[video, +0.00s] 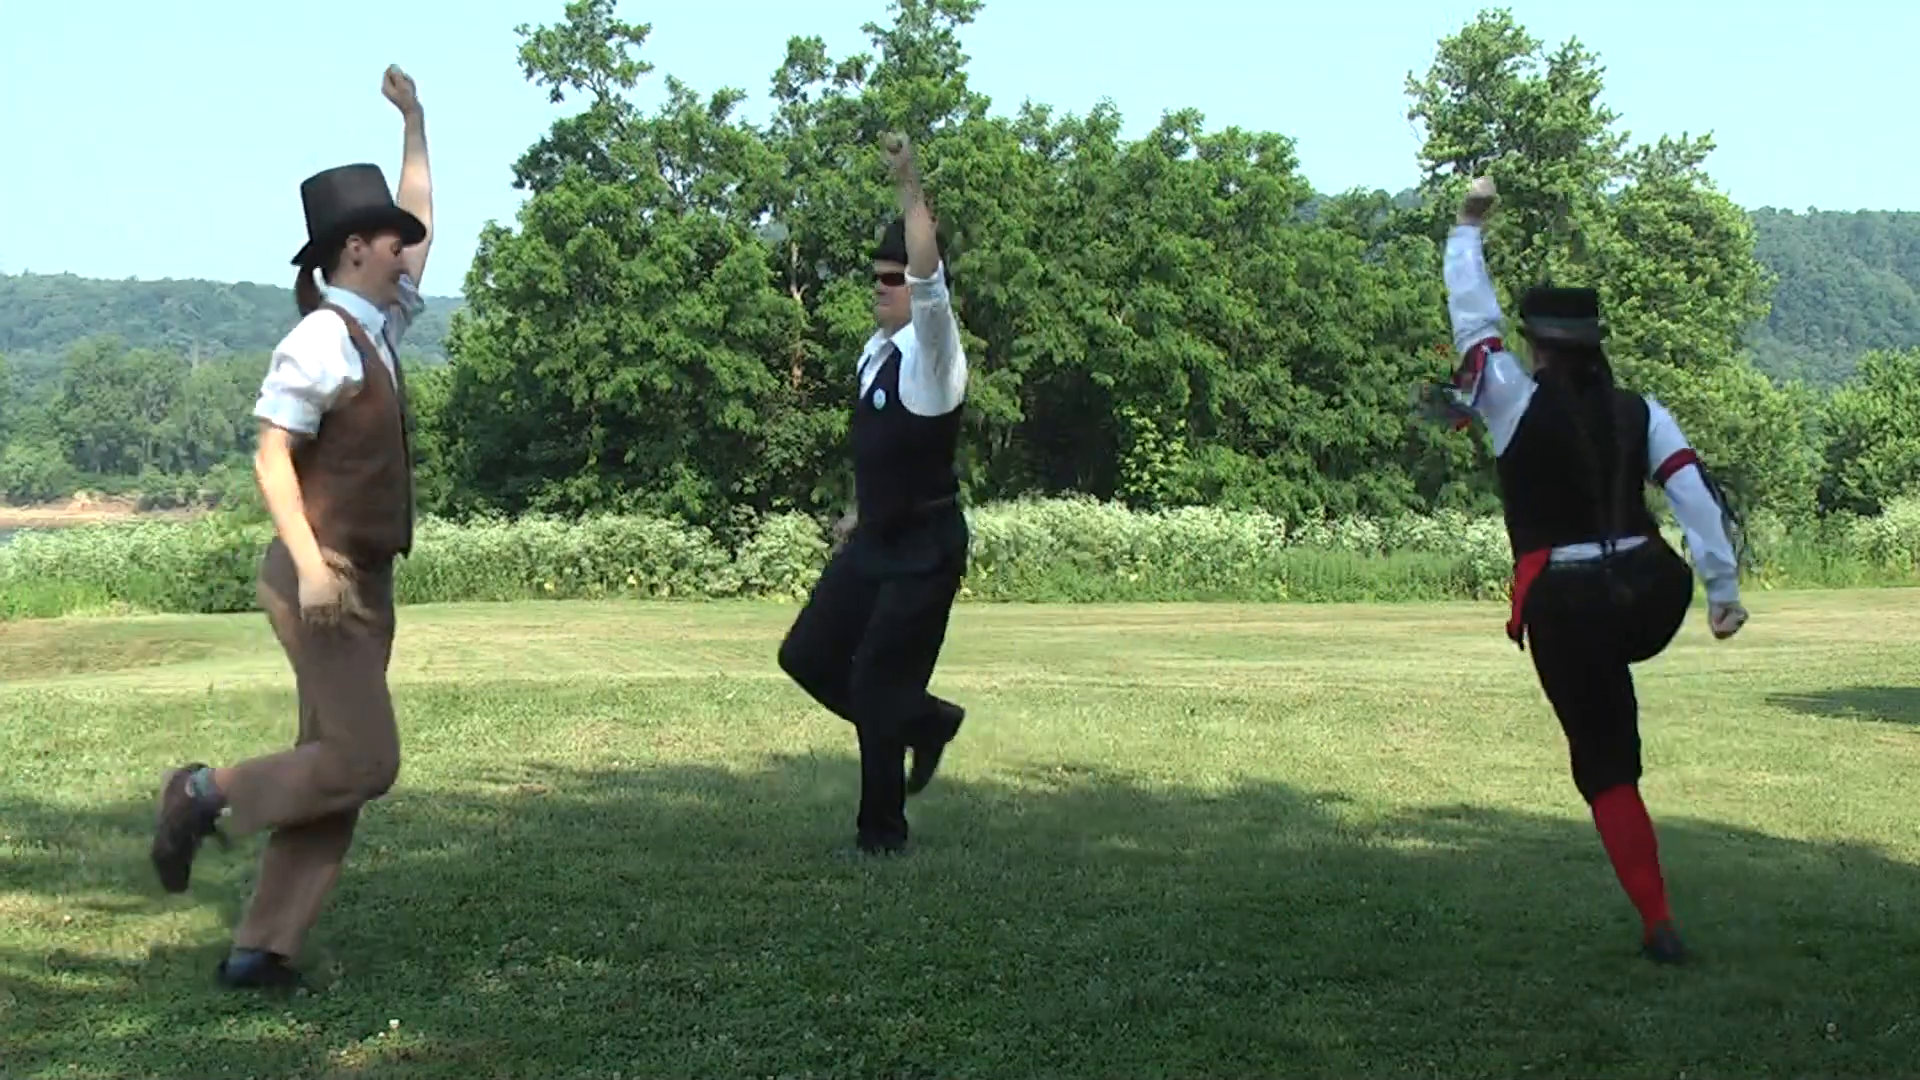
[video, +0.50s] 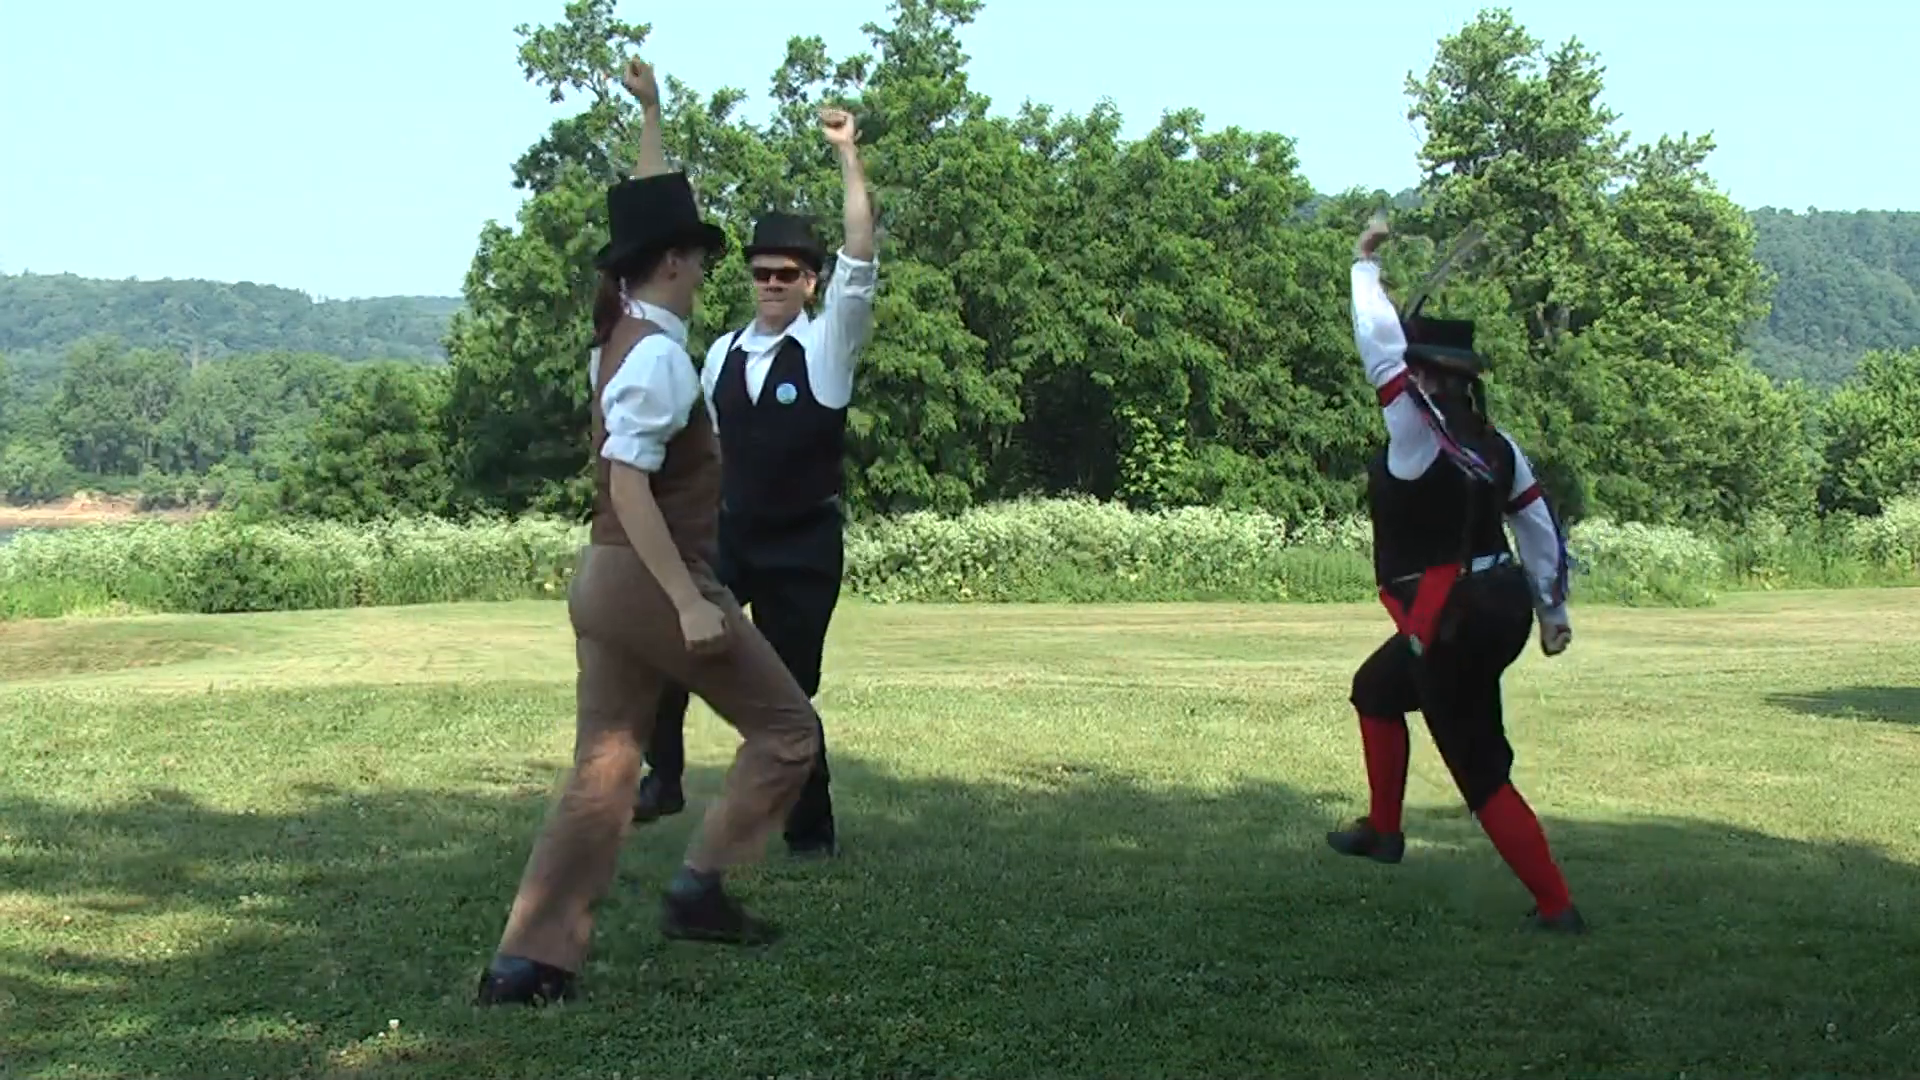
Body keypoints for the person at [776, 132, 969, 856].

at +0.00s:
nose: (880, 291)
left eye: (892, 282)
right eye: (876, 282)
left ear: (922, 289)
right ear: (876, 291)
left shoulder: (933, 356)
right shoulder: (875, 355)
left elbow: (926, 274)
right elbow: (882, 447)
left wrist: (911, 184)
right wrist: (862, 511)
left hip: (927, 544)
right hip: (873, 539)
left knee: (879, 688)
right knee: (805, 656)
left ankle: (881, 830)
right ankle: (928, 721)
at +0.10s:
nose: (860, 260)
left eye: (872, 249)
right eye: (853, 249)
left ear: (901, 255)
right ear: (847, 257)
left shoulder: (916, 321)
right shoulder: (853, 323)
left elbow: (913, 234)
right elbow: (860, 414)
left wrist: (890, 140)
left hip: (895, 514)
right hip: (833, 503)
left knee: (877, 676)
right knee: (749, 599)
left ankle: (884, 824)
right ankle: (834, 688)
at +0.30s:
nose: (820, 267)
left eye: (834, 256)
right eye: (811, 256)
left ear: (860, 263)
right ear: (798, 264)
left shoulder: (874, 324)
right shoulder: (786, 332)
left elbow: (889, 238)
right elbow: (780, 416)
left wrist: (877, 138)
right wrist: (778, 486)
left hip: (848, 521)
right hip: (783, 511)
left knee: (819, 681)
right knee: (714, 598)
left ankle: (814, 831)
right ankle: (745, 703)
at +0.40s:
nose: (799, 285)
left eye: (812, 274)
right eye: (788, 274)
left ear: (837, 280)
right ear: (775, 281)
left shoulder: (854, 346)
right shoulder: (756, 351)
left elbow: (879, 257)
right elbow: (738, 447)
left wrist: (865, 154)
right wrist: (725, 521)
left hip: (827, 541)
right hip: (759, 530)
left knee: (796, 699)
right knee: (694, 615)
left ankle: (812, 835)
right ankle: (697, 745)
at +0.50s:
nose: (775, 284)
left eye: (787, 274)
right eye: (764, 274)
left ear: (812, 280)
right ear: (749, 279)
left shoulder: (829, 344)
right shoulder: (724, 351)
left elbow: (860, 253)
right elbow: (691, 432)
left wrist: (848, 151)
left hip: (803, 539)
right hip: (725, 534)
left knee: (787, 694)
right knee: (659, 644)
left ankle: (810, 833)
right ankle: (661, 780)